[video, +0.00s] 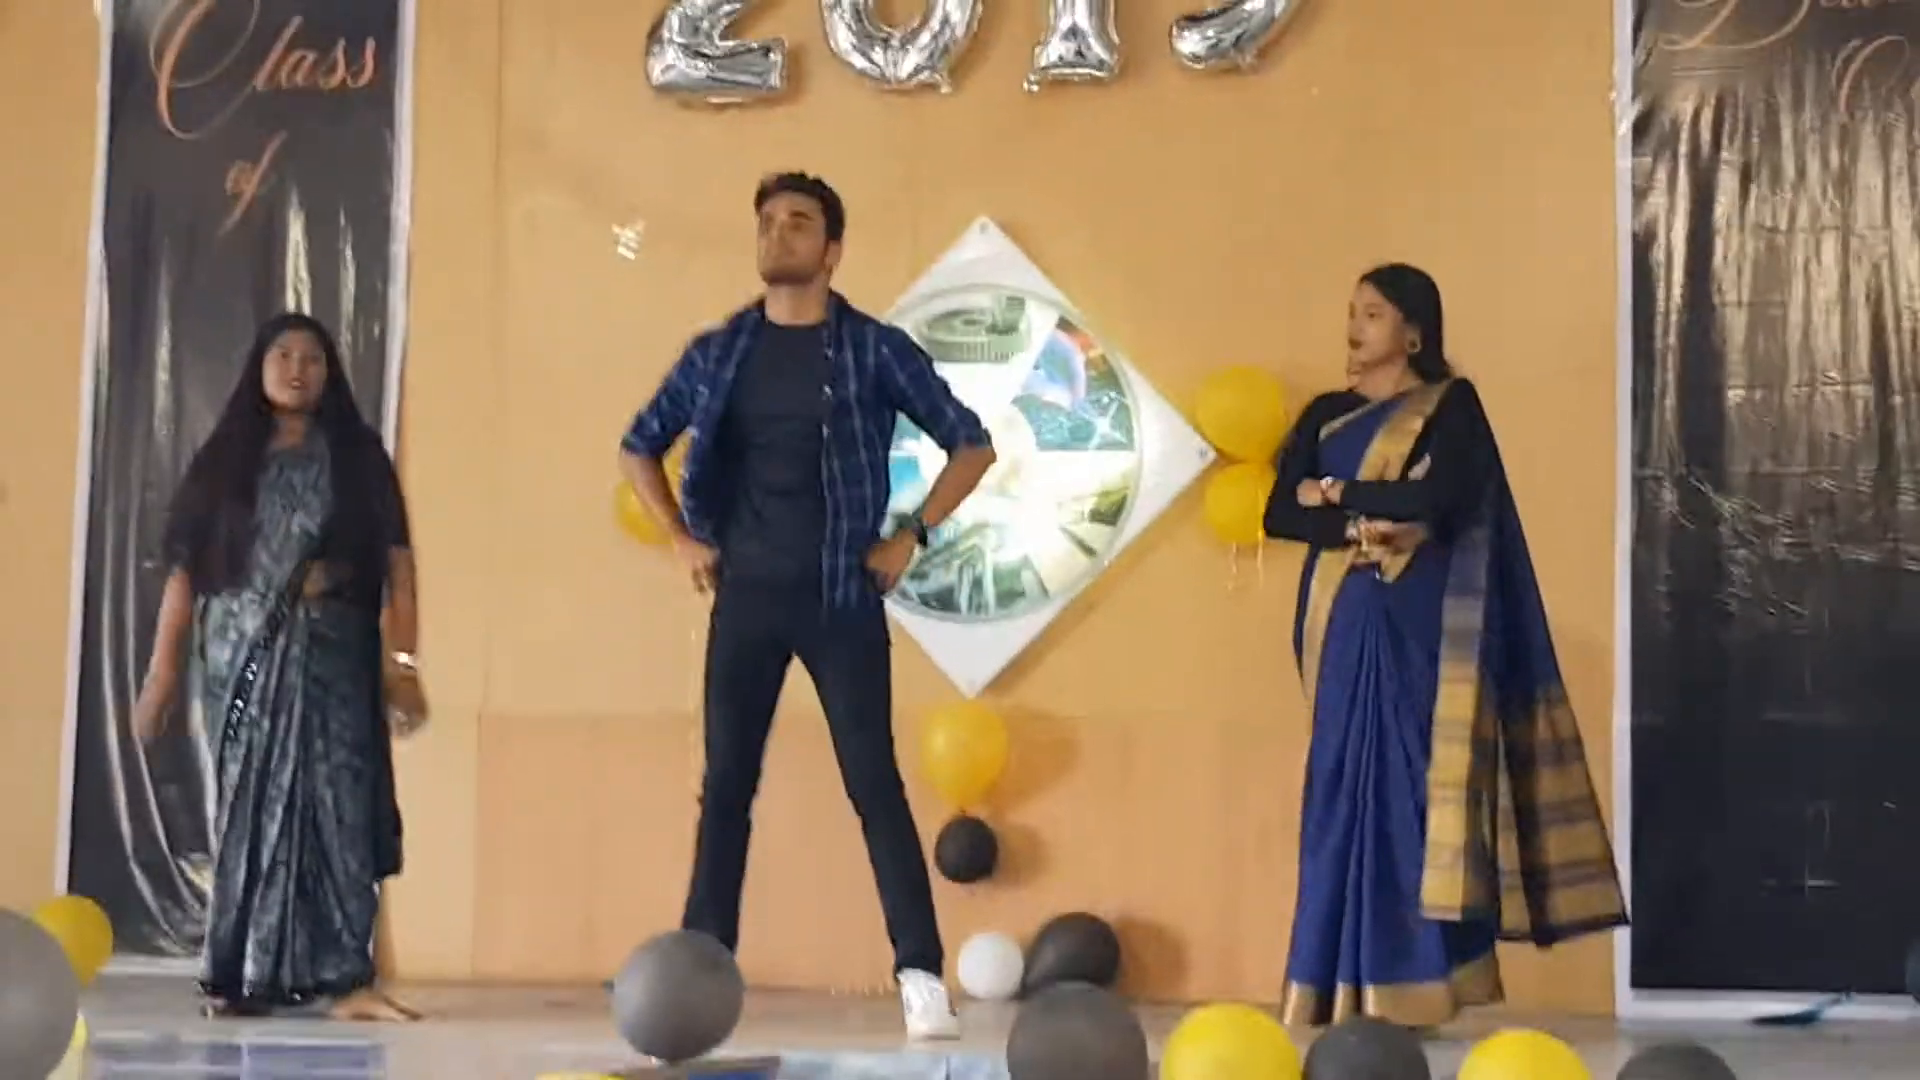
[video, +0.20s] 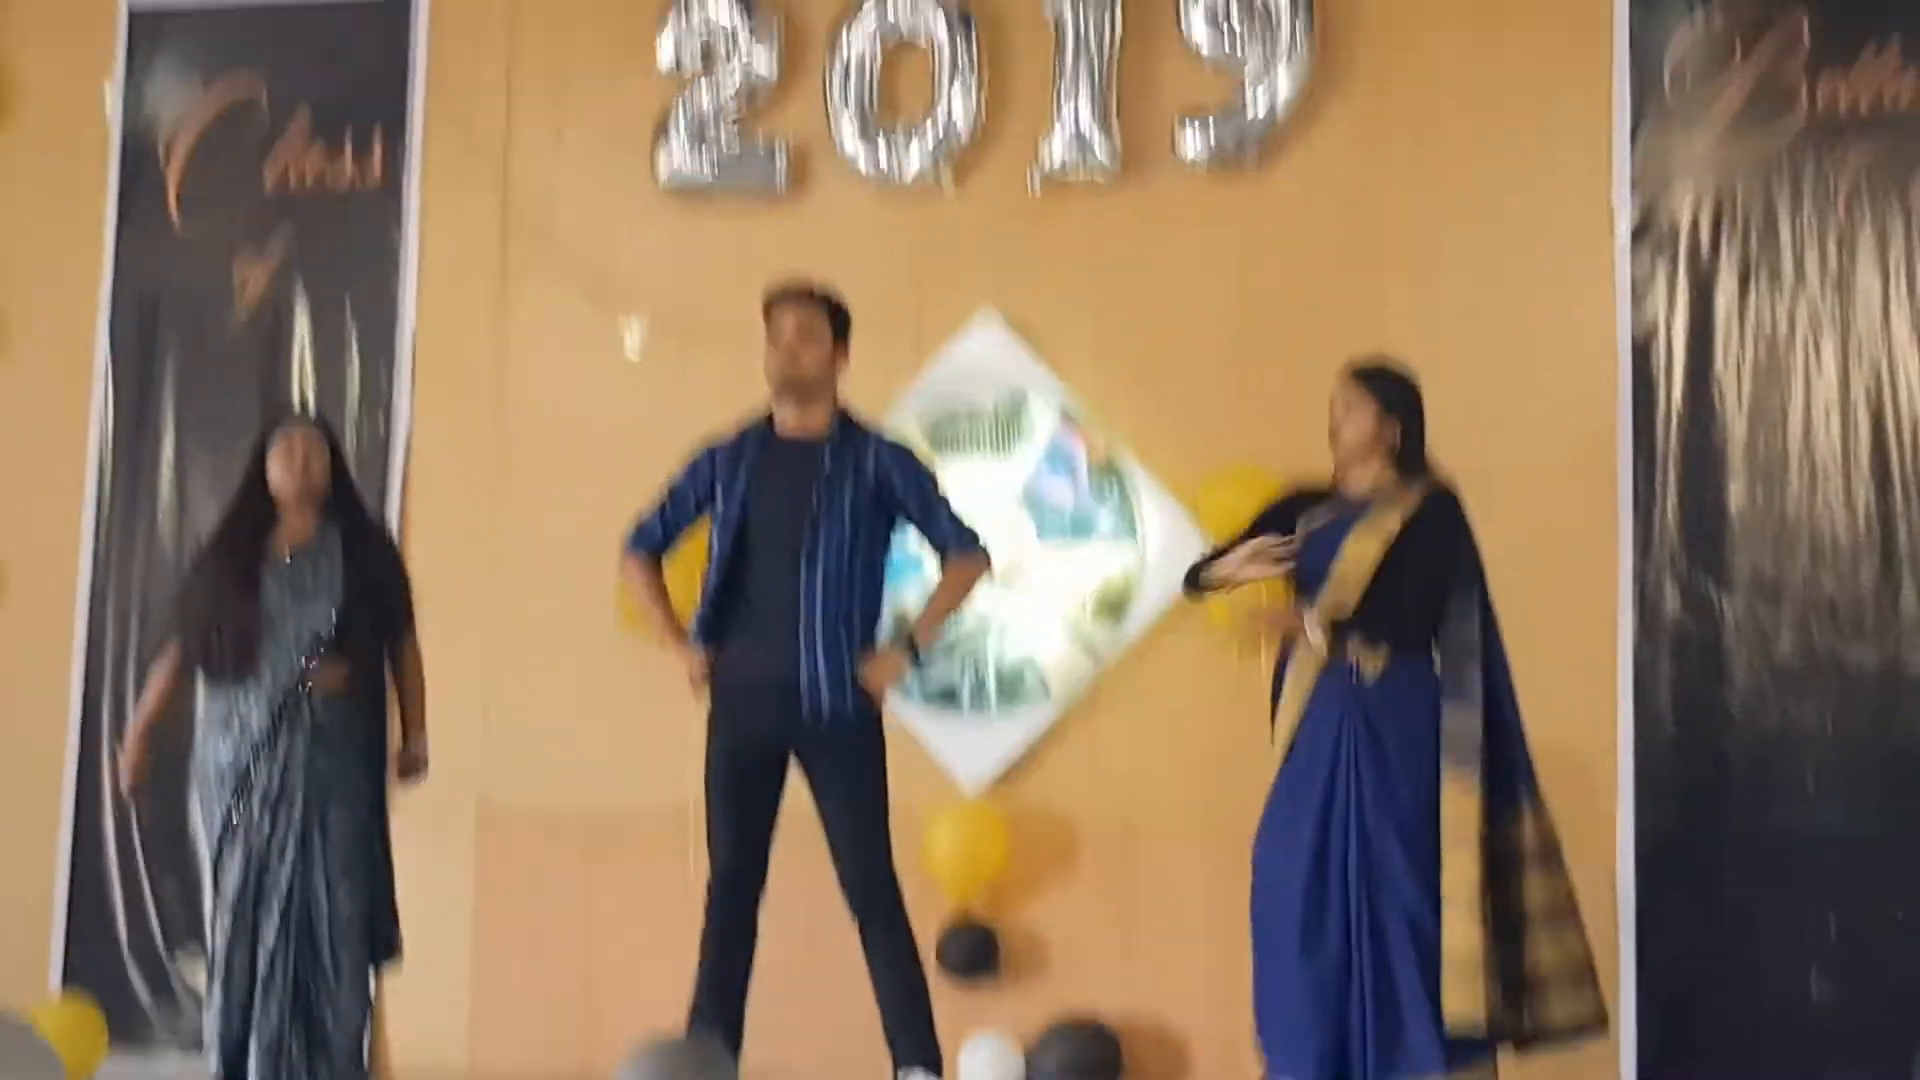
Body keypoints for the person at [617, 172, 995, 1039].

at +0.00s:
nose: (781, 233)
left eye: (800, 223)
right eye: (770, 223)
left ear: (833, 248)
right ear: (753, 246)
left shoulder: (876, 346)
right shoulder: (718, 350)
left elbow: (973, 446)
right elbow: (639, 448)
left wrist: (912, 533)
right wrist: (682, 536)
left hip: (843, 598)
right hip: (746, 598)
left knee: (874, 786)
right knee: (726, 784)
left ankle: (918, 971)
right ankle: (703, 972)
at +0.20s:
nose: (787, 351)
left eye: (805, 338)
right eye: (777, 338)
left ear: (839, 354)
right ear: (763, 351)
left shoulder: (880, 461)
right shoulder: (728, 459)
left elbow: (966, 557)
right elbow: (640, 547)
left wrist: (903, 649)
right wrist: (677, 643)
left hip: (837, 704)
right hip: (742, 704)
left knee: (871, 889)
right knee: (731, 886)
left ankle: (915, 1065)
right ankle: (709, 1062)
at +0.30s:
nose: (801, 466)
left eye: (820, 453)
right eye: (790, 453)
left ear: (855, 470)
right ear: (777, 466)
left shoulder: (895, 571)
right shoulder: (742, 569)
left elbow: (985, 669)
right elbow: (651, 664)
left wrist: (921, 763)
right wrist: (692, 758)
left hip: (851, 820)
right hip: (756, 817)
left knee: (884, 1011)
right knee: (742, 1007)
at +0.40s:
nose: (869, 596)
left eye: (884, 578)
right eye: (858, 579)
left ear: (915, 584)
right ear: (845, 585)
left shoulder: (957, 691)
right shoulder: (820, 690)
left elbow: (1048, 788)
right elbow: (723, 785)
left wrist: (985, 879)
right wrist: (773, 880)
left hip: (914, 929)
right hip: (826, 924)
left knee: (939, 1070)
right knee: (814, 1070)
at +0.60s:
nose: (996, 754)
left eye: (1014, 736)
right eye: (982, 736)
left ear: (1045, 742)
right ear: (967, 741)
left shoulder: (1091, 836)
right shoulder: (927, 834)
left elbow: (1182, 939)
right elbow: (850, 937)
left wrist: (1113, 984)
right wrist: (881, 1012)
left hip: (1048, 1065)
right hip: (949, 1065)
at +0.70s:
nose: (1015, 835)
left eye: (1033, 815)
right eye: (1001, 816)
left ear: (1062, 814)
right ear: (984, 817)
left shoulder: (1106, 894)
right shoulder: (948, 895)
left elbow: (1189, 1013)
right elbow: (879, 1014)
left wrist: (1122, 1032)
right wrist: (897, 1073)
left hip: (1070, 1070)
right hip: (974, 1069)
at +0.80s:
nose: (1042, 986)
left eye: (1058, 962)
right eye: (1029, 961)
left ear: (1084, 954)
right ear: (1005, 956)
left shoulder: (1126, 1004)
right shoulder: (977, 1008)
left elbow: (1169, 1070)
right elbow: (944, 1072)